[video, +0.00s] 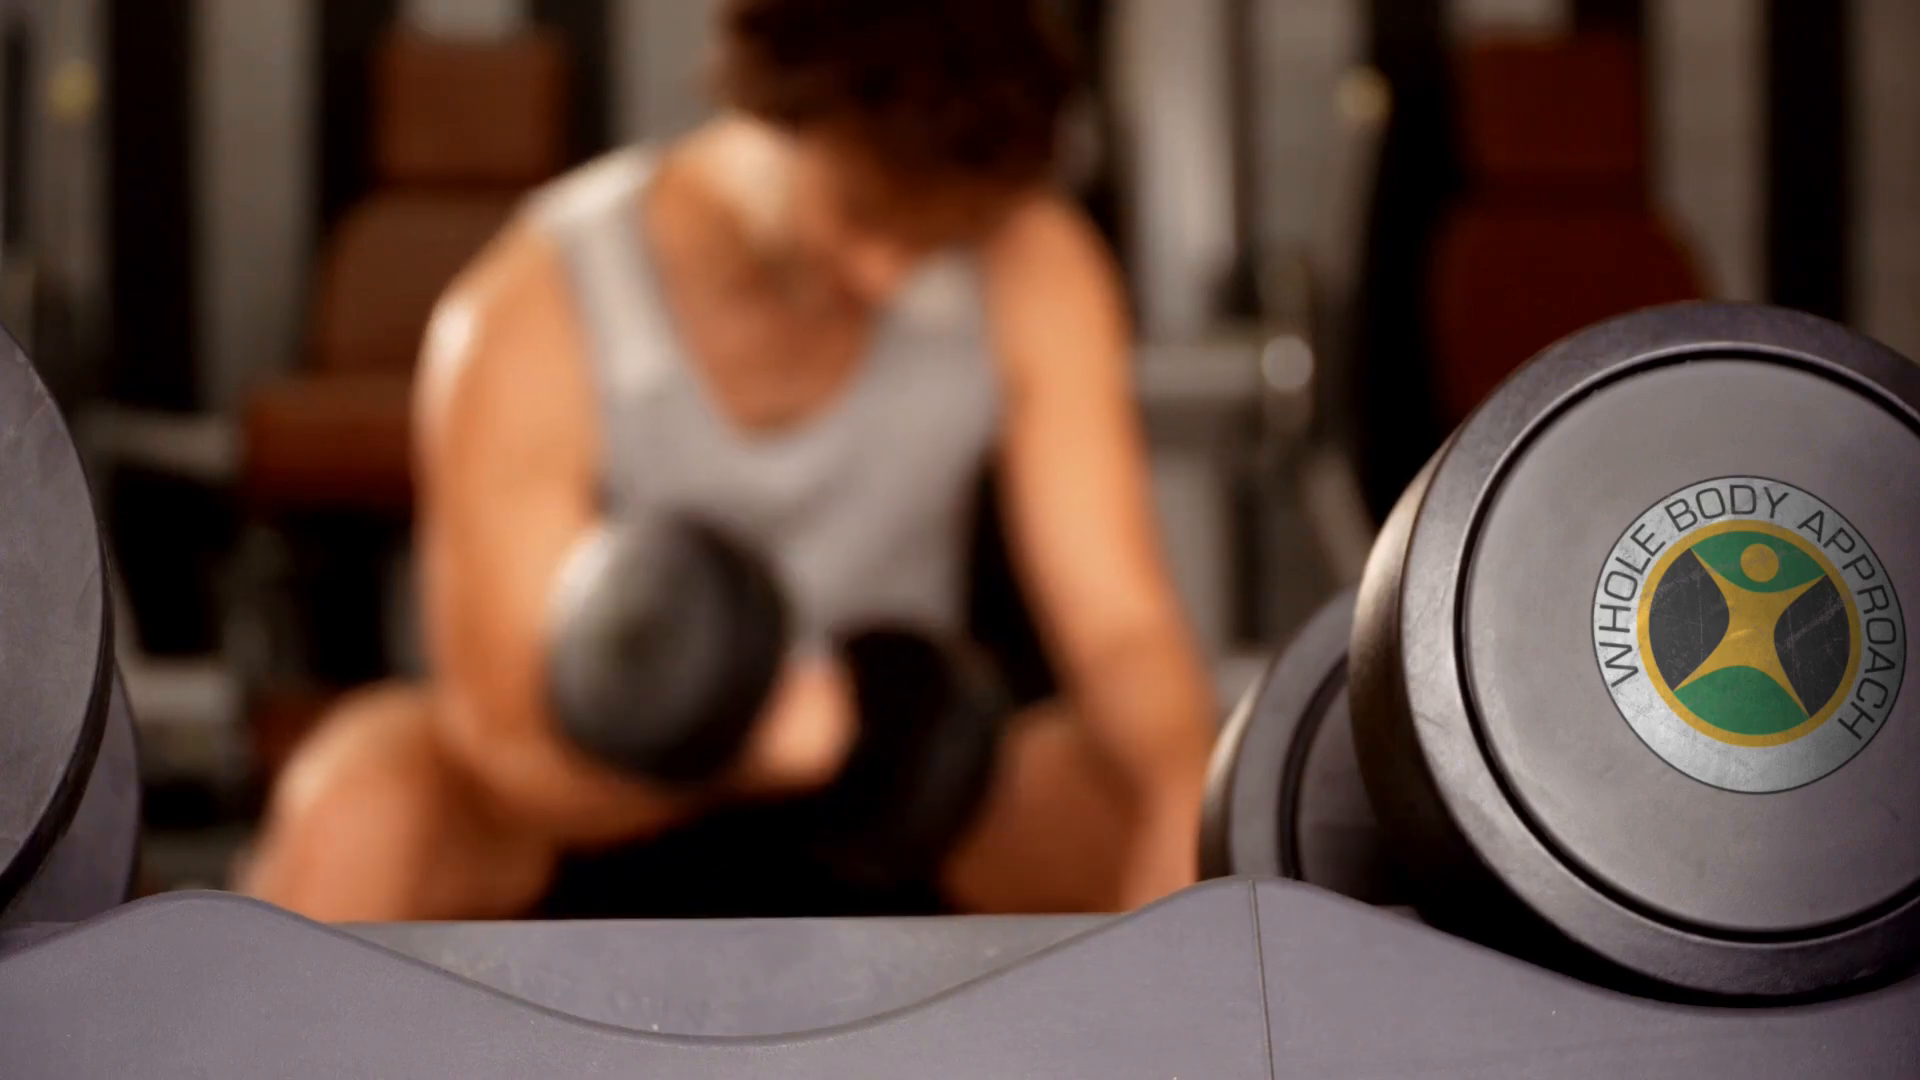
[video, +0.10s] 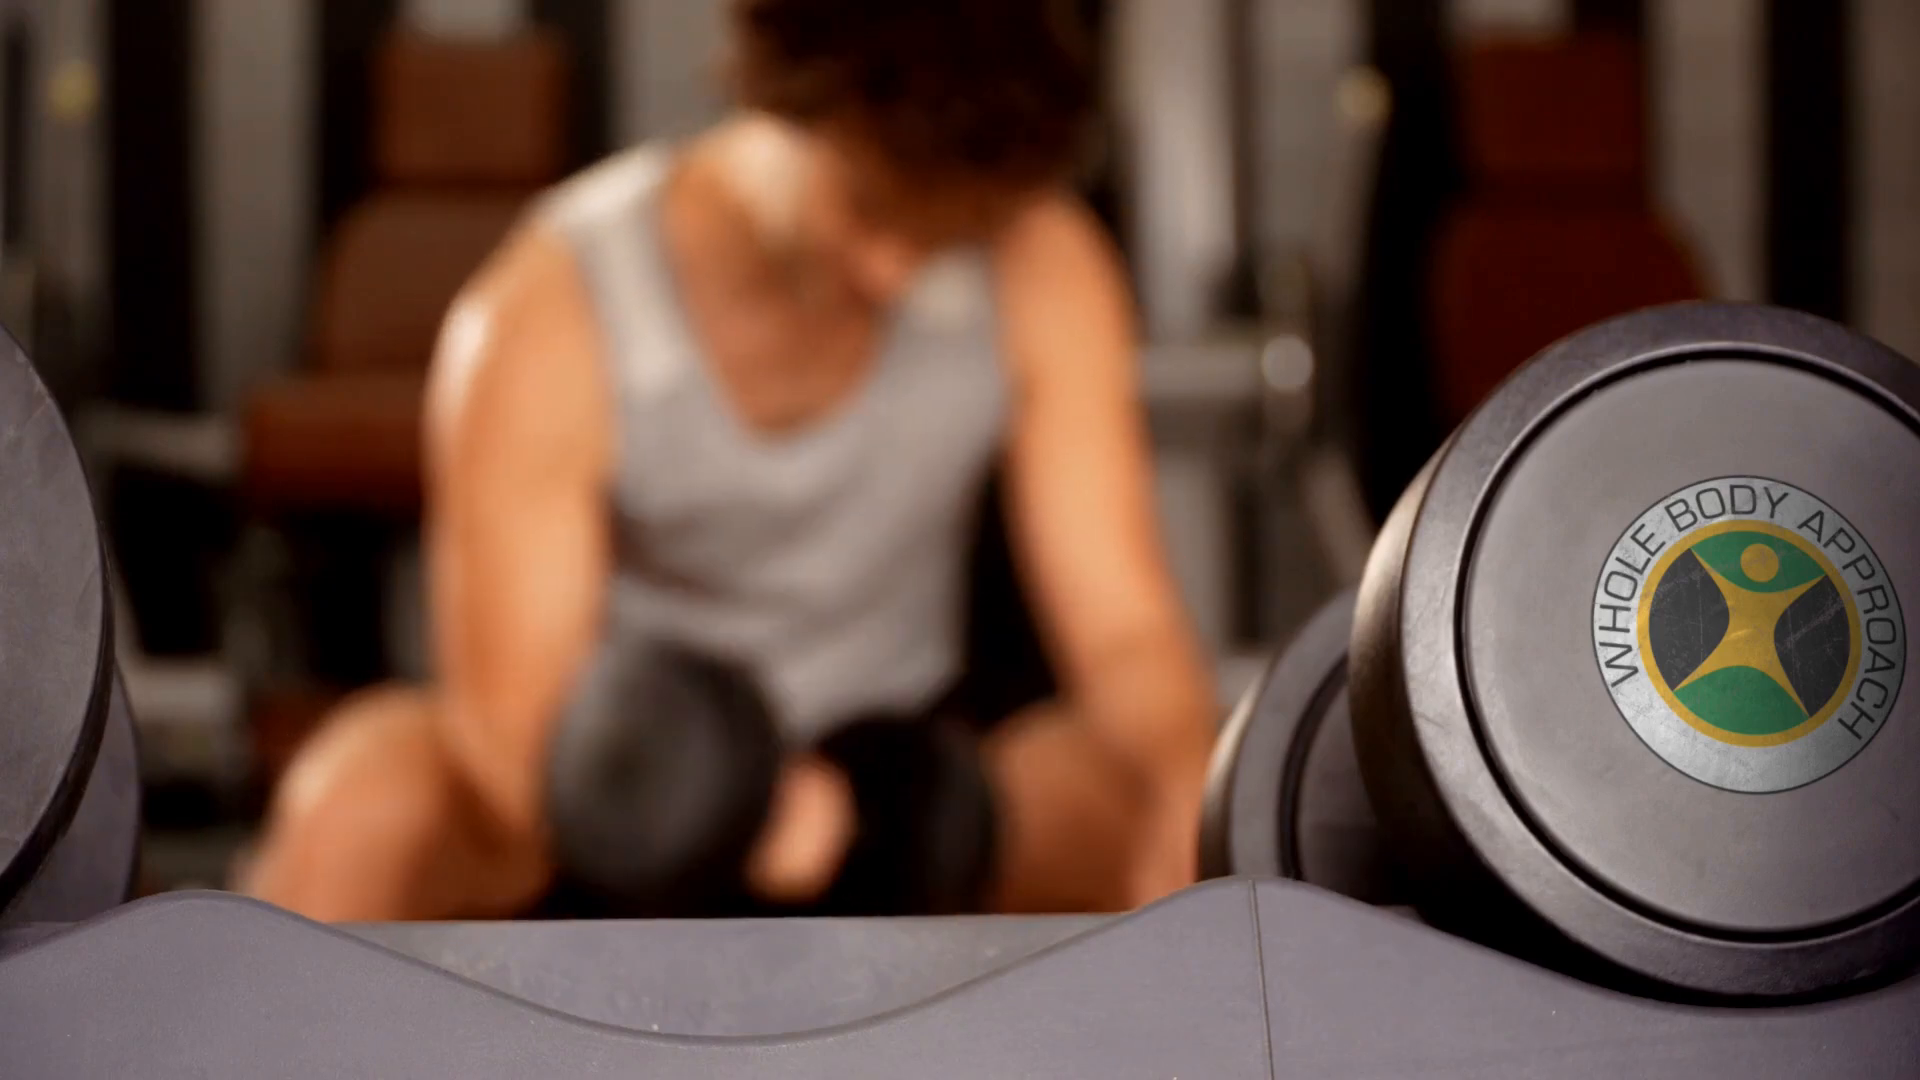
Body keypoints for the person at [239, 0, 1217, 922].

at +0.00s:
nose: (887, 274)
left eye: (934, 236)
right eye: (861, 220)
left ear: (989, 182)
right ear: (773, 125)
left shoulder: (1023, 256)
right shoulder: (525, 315)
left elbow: (1122, 630)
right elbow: (516, 757)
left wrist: (1188, 819)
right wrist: (797, 732)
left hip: (887, 794)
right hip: (597, 804)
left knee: (1197, 804)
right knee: (360, 789)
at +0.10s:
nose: (894, 271)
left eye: (944, 232)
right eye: (869, 214)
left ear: (1003, 177)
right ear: (784, 115)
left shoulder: (1034, 257)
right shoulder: (545, 314)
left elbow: (1126, 638)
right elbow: (514, 740)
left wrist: (1194, 806)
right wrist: (840, 820)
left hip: (900, 793)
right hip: (609, 796)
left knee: (1192, 796)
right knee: (361, 784)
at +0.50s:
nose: (924, 302)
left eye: (978, 258)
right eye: (896, 238)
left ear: (1034, 213)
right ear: (806, 139)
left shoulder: (1056, 269)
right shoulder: (596, 340)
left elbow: (1137, 643)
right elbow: (523, 809)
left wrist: (1215, 826)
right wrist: (596, 1064)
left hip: (902, 782)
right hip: (627, 794)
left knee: (1194, 816)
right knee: (365, 800)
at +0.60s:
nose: (925, 308)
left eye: (978, 263)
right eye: (897, 244)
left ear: (1033, 217)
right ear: (798, 142)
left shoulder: (1053, 270)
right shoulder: (594, 350)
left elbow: (1137, 645)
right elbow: (524, 822)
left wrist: (1214, 836)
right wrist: (575, 1072)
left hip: (902, 782)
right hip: (624, 796)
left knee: (1195, 818)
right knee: (361, 801)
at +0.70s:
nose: (920, 311)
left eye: (972, 266)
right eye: (891, 248)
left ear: (1028, 223)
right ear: (798, 151)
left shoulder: (1048, 270)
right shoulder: (591, 355)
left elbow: (1135, 643)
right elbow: (524, 824)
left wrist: (1207, 838)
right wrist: (551, 1074)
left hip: (900, 784)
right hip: (620, 798)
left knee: (1195, 813)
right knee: (357, 801)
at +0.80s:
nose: (918, 312)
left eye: (968, 266)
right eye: (889, 248)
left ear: (1024, 225)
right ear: (798, 153)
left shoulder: (1046, 270)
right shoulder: (588, 359)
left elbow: (1133, 643)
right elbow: (524, 826)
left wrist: (1207, 840)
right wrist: (541, 1076)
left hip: (900, 783)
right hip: (620, 798)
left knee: (1196, 812)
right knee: (356, 801)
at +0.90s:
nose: (916, 311)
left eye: (966, 265)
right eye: (886, 247)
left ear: (1021, 224)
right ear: (793, 153)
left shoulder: (1044, 268)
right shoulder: (588, 364)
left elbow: (1133, 643)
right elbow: (524, 827)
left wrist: (1201, 840)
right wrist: (528, 1077)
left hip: (901, 784)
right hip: (620, 800)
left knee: (1195, 811)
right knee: (356, 800)